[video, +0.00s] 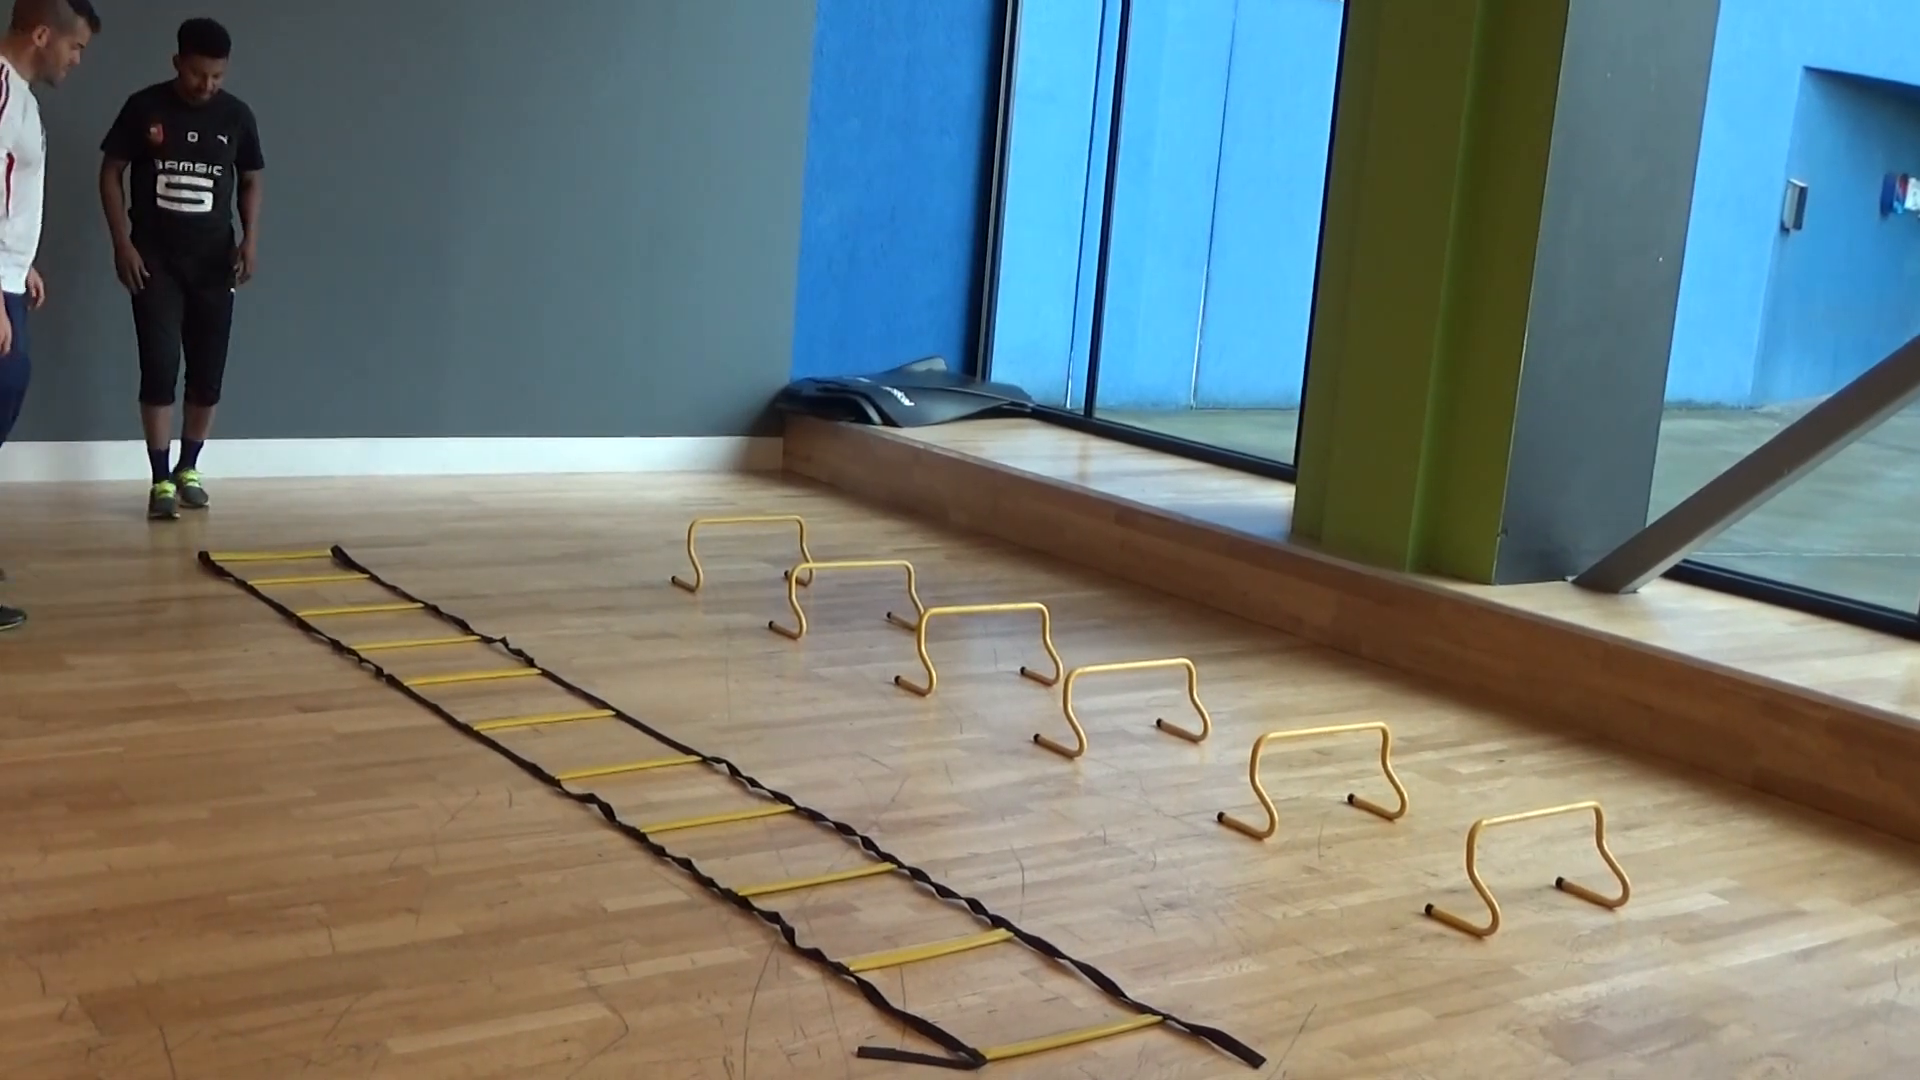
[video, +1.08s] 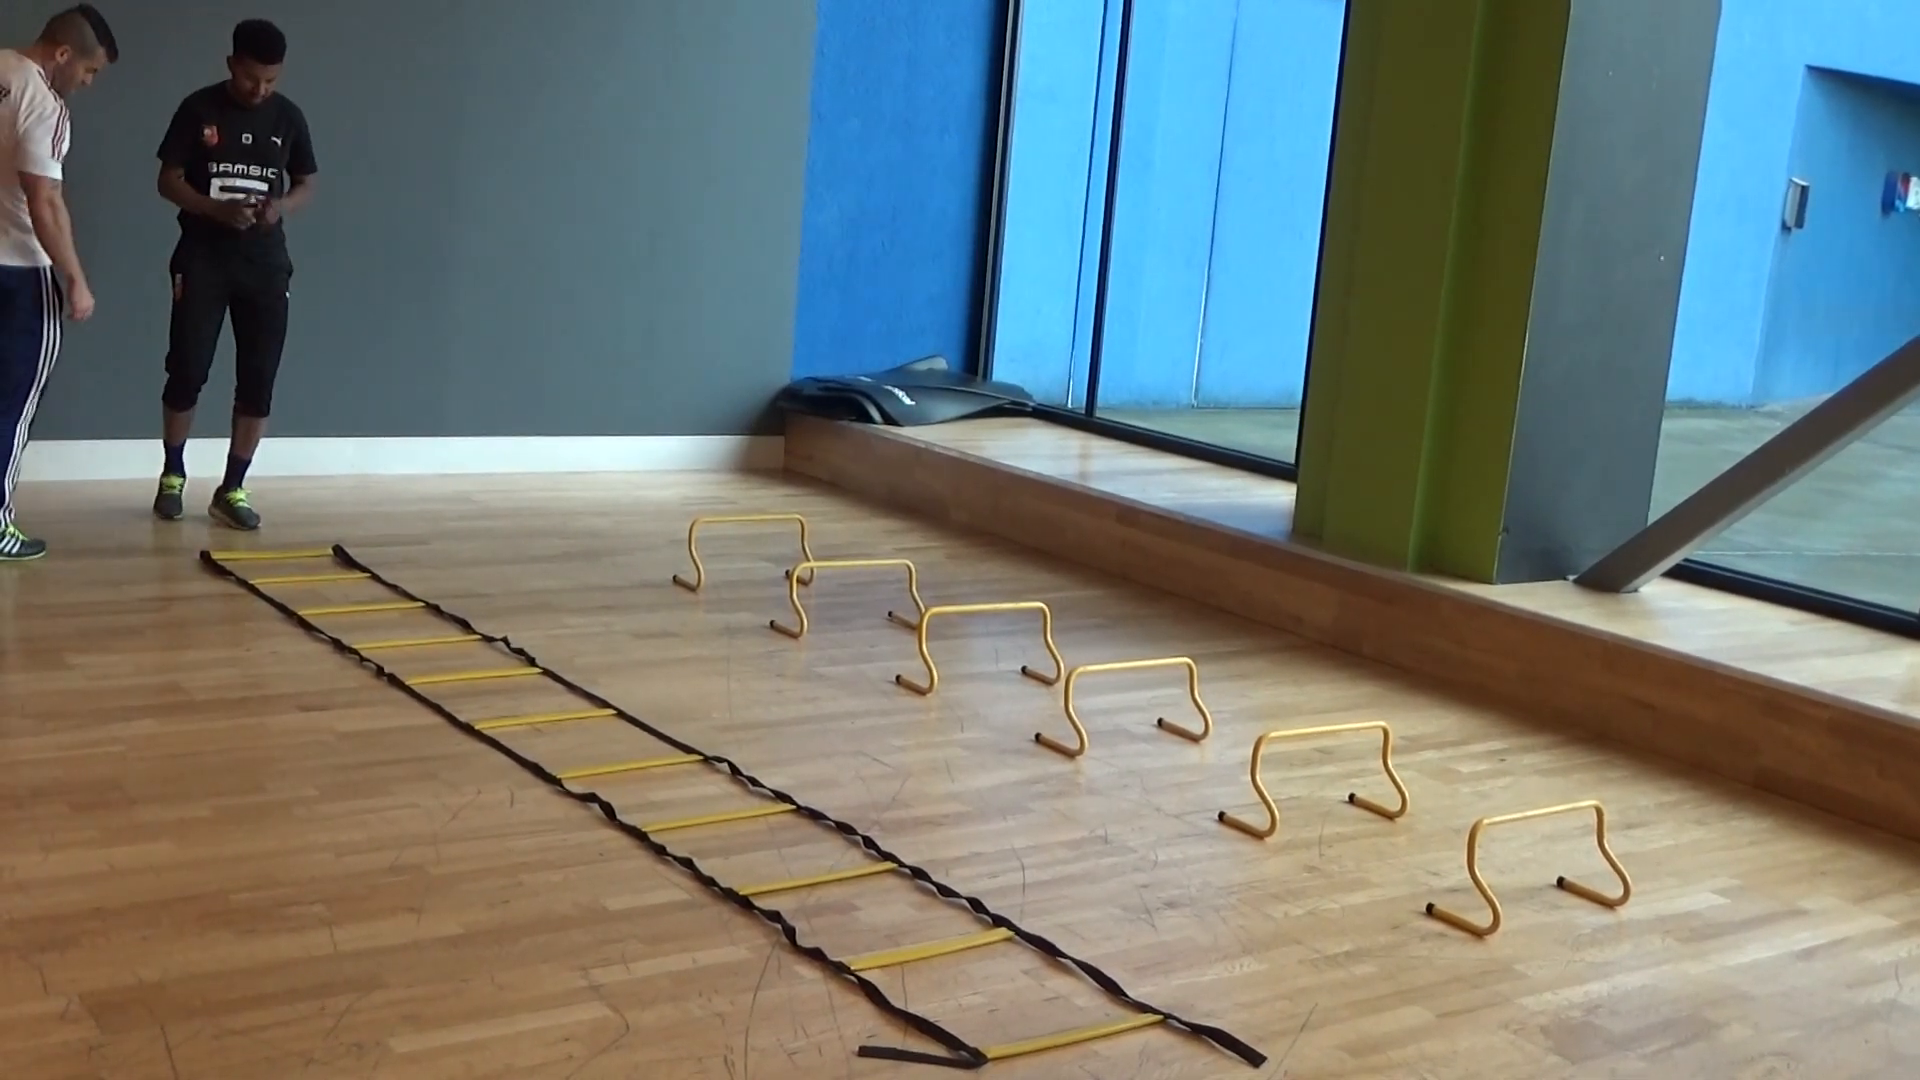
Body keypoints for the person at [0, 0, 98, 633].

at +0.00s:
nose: (77, 60)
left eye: (81, 49)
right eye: (74, 47)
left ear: (39, 35)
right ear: (39, 36)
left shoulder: (24, 99)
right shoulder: (8, 98)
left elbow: (12, 198)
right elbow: (4, 203)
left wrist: (23, 262)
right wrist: (1, 299)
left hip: (15, 292)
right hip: (4, 298)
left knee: (10, 409)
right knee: (5, 411)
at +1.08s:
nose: (85, 85)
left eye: (91, 76)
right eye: (88, 73)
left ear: (55, 49)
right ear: (61, 51)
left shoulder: (8, 70)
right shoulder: (41, 102)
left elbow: (41, 198)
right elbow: (44, 203)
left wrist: (64, 274)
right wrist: (76, 278)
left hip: (10, 267)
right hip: (20, 269)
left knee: (12, 397)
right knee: (16, 399)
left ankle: (2, 520)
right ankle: (1, 521)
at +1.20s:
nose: (88, 85)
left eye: (94, 77)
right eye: (90, 73)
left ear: (58, 48)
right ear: (63, 51)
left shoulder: (7, 69)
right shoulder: (45, 100)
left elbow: (49, 191)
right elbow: (54, 198)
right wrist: (97, 263)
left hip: (6, 264)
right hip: (22, 269)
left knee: (12, 395)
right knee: (15, 396)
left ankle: (2, 520)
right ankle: (0, 522)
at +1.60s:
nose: (98, 75)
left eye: (102, 66)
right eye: (98, 63)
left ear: (61, 48)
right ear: (68, 49)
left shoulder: (8, 74)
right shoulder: (53, 98)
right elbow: (49, 189)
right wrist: (67, 269)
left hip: (2, 257)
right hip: (34, 260)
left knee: (2, 371)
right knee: (66, 365)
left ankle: (8, 472)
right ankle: (15, 472)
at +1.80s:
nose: (113, 60)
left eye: (115, 50)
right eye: (112, 49)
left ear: (70, 41)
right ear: (89, 45)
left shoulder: (15, 74)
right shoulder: (67, 92)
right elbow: (53, 173)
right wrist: (68, 252)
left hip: (10, 249)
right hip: (58, 252)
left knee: (4, 366)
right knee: (78, 363)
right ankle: (55, 479)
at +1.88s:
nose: (120, 60)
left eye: (121, 50)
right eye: (119, 49)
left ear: (75, 42)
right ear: (98, 46)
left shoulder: (21, 79)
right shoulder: (77, 96)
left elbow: (14, 164)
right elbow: (65, 176)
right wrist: (82, 254)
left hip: (13, 252)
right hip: (66, 256)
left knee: (6, 371)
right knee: (80, 371)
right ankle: (76, 473)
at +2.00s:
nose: (135, 60)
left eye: (137, 49)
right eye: (134, 49)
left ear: (91, 42)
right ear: (116, 46)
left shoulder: (43, 83)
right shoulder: (94, 101)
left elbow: (48, 178)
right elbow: (80, 181)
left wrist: (106, 235)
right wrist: (101, 259)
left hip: (28, 253)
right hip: (81, 259)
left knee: (16, 368)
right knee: (94, 369)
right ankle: (80, 471)